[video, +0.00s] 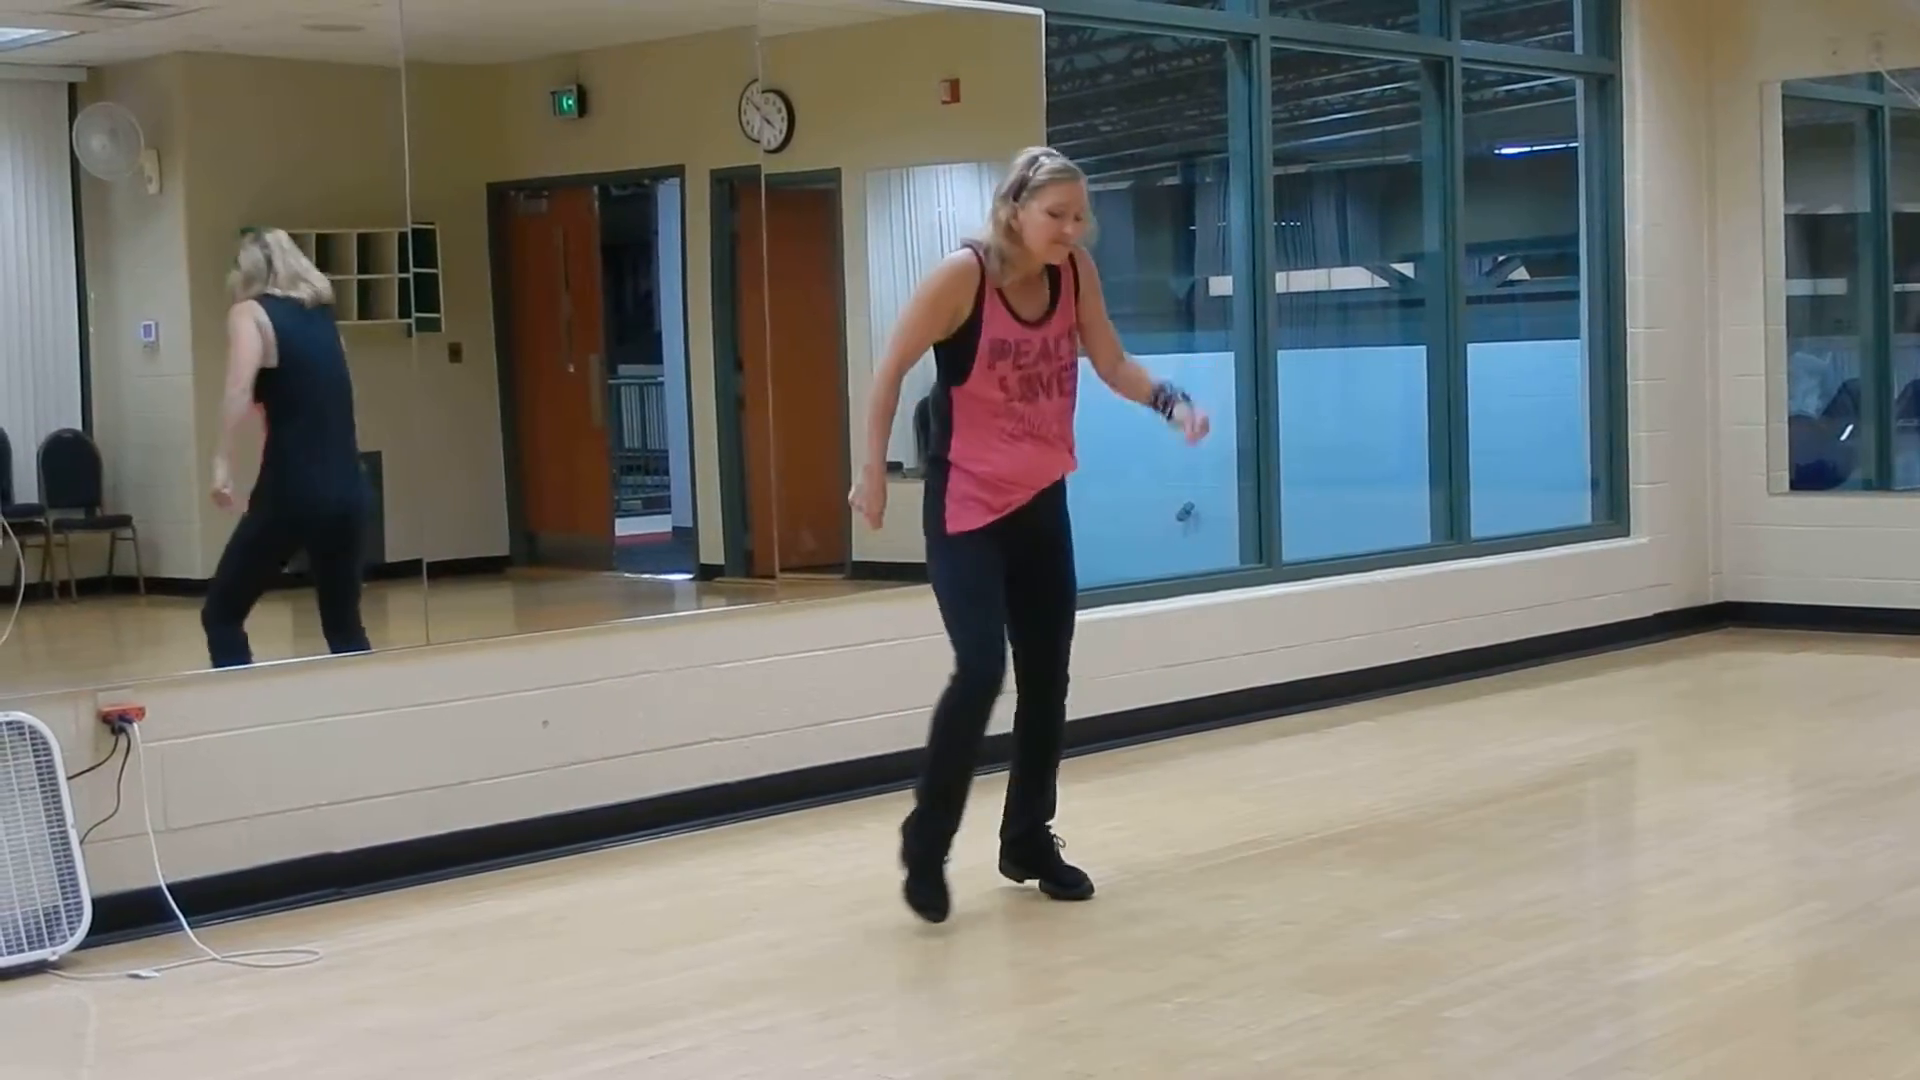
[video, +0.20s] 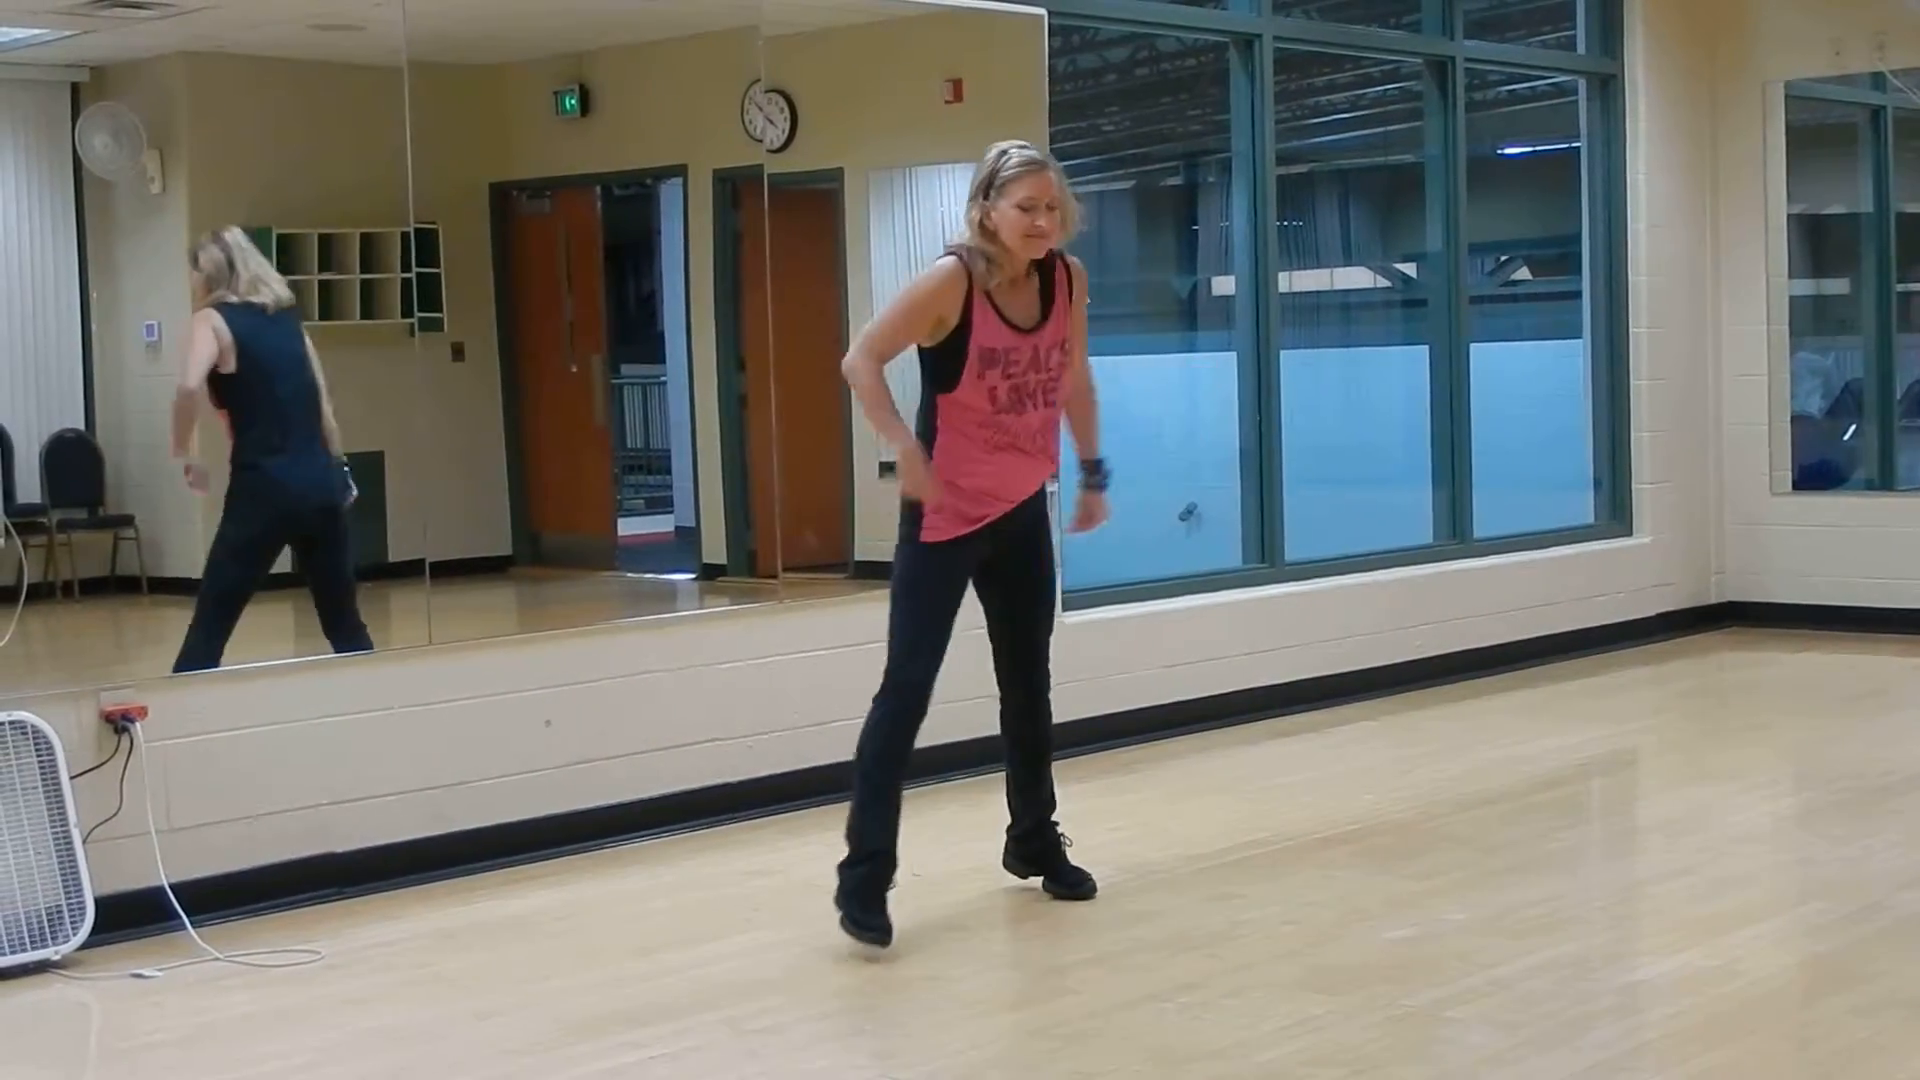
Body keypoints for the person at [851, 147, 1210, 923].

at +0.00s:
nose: (1069, 229)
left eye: (1077, 217)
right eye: (1056, 215)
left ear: (1082, 220)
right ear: (1014, 212)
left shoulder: (1075, 273)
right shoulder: (962, 278)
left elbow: (1114, 365)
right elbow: (890, 370)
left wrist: (1167, 397)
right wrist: (872, 472)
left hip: (1041, 499)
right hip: (965, 504)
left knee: (1046, 678)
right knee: (981, 671)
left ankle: (1027, 843)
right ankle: (925, 846)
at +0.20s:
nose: (1044, 222)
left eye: (1052, 207)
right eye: (1027, 209)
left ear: (1061, 210)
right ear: (986, 214)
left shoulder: (1065, 279)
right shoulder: (950, 284)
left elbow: (1075, 375)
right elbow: (860, 362)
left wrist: (1091, 470)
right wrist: (905, 448)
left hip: (1022, 513)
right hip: (941, 516)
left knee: (1028, 687)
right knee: (905, 695)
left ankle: (1032, 839)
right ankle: (864, 877)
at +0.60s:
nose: (924, 198)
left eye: (922, 186)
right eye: (902, 196)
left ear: (933, 207)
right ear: (869, 233)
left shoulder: (958, 296)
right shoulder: (860, 312)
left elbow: (944, 400)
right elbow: (843, 426)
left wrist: (977, 453)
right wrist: (878, 504)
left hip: (913, 537)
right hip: (836, 539)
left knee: (972, 711)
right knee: (846, 729)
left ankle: (926, 819)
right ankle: (838, 910)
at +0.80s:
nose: (881, 197)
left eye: (882, 186)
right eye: (857, 195)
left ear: (897, 211)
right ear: (828, 234)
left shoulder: (925, 300)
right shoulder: (825, 319)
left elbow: (939, 410)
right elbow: (786, 443)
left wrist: (988, 360)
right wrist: (769, 555)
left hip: (899, 547)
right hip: (818, 556)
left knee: (918, 729)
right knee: (838, 734)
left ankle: (870, 874)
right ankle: (837, 905)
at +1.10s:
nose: (834, 175)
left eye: (838, 165)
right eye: (813, 166)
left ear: (850, 188)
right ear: (771, 194)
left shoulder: (873, 255)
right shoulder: (741, 294)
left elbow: (947, 338)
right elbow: (690, 384)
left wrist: (1005, 385)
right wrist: (719, 476)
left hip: (880, 513)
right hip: (795, 525)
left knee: (876, 715)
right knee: (789, 716)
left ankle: (863, 884)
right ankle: (742, 908)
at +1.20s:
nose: (815, 185)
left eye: (820, 175)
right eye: (793, 175)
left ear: (830, 200)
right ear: (749, 203)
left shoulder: (853, 267)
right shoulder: (715, 310)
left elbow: (917, 361)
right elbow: (687, 405)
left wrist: (976, 446)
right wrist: (731, 472)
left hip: (864, 524)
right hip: (778, 537)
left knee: (866, 722)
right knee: (758, 730)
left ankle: (860, 884)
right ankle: (694, 917)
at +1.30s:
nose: (799, 194)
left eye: (801, 183)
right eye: (778, 182)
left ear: (804, 206)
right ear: (731, 204)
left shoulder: (833, 278)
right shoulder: (689, 319)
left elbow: (870, 381)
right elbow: (672, 431)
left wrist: (898, 467)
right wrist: (731, 452)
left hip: (839, 528)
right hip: (749, 546)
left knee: (868, 718)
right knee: (733, 739)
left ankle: (862, 878)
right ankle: (690, 925)